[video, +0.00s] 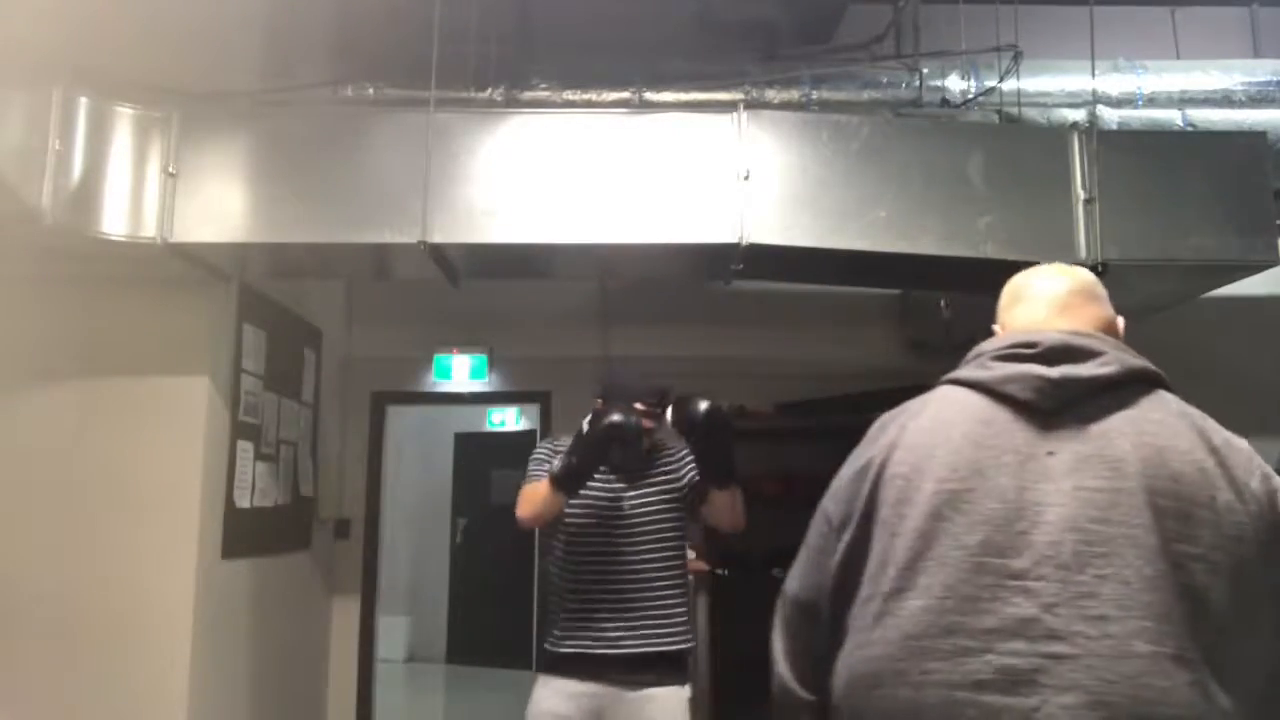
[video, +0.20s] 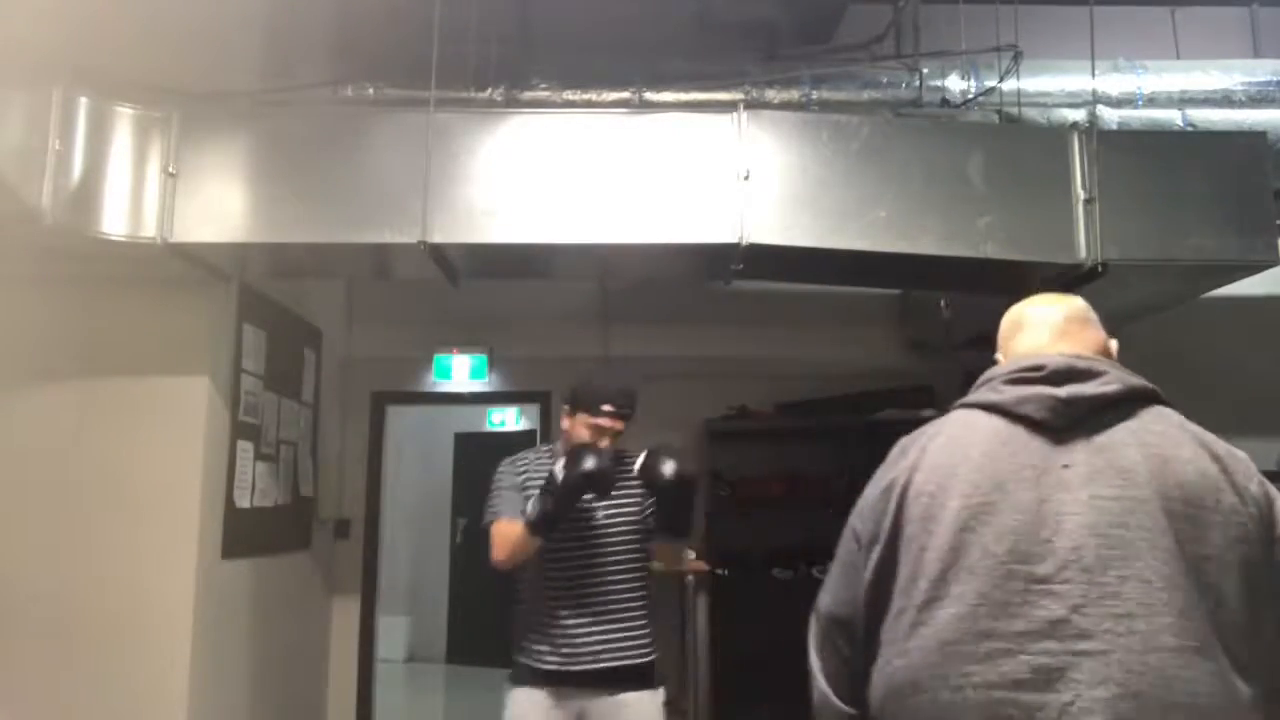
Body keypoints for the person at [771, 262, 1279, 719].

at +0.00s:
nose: (1120, 325)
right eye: (1119, 323)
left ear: (994, 336)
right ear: (1118, 331)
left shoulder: (897, 437)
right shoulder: (1223, 457)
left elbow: (801, 629)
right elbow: (1261, 654)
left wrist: (804, 709)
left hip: (905, 702)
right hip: (1154, 704)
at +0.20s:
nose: (1112, 349)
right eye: (1114, 346)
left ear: (998, 360)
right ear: (1112, 353)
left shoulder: (915, 460)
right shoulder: (1221, 466)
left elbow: (835, 649)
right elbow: (1267, 634)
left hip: (943, 706)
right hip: (1187, 706)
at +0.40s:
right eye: (1082, 358)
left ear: (978, 381)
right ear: (1082, 360)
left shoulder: (919, 476)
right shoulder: (1204, 457)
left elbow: (860, 667)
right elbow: (1276, 602)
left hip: (962, 705)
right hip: (1191, 702)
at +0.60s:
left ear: (1006, 372)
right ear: (1107, 356)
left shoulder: (939, 464)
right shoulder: (1213, 451)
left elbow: (880, 629)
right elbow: (1275, 591)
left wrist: (889, 709)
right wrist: (1262, 693)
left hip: (980, 703)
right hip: (1194, 700)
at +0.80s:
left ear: (1036, 386)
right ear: (1131, 373)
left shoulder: (981, 463)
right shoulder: (1235, 465)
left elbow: (904, 602)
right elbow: (1272, 591)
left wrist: (927, 691)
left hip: (1012, 699)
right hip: (1223, 696)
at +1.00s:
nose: (1040, 395)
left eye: (1042, 385)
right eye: (1041, 385)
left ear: (1054, 380)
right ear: (1137, 374)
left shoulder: (1017, 450)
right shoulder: (1232, 457)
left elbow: (950, 579)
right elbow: (1273, 565)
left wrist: (969, 648)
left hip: (1055, 690)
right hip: (1237, 688)